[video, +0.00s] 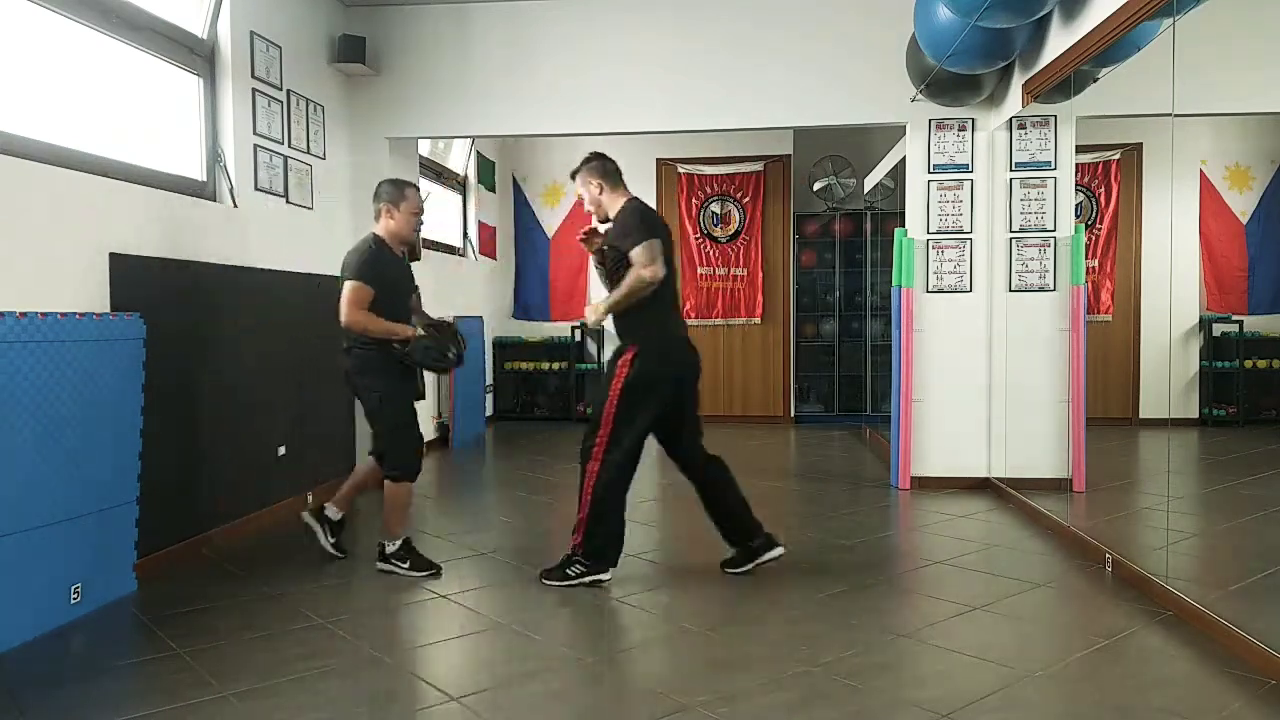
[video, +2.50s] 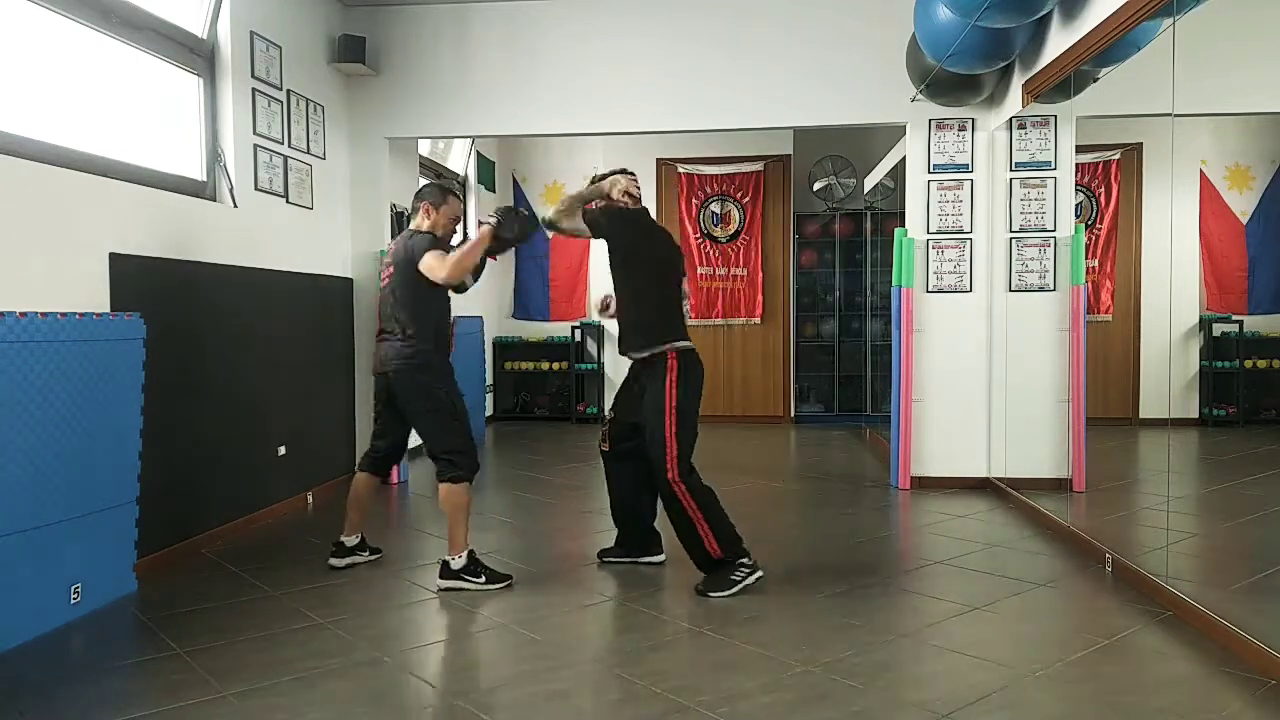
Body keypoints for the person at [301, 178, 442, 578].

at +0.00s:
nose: (420, 221)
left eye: (421, 214)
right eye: (414, 214)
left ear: (395, 214)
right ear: (387, 213)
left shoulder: (398, 260)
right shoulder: (368, 254)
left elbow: (405, 314)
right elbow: (351, 316)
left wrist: (429, 328)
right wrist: (408, 332)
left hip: (393, 367)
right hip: (373, 368)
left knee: (392, 454)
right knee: (405, 454)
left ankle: (330, 513)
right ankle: (394, 548)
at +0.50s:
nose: (490, 224)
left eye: (492, 217)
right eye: (486, 215)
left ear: (463, 213)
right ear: (460, 209)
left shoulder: (451, 245)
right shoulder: (444, 242)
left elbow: (454, 302)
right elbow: (435, 299)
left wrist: (498, 299)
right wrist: (492, 298)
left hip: (437, 365)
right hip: (446, 366)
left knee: (437, 447)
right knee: (474, 451)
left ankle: (411, 528)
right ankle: (477, 549)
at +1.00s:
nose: (521, 224)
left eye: (522, 217)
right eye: (517, 215)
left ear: (490, 212)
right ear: (491, 209)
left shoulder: (467, 242)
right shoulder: (484, 239)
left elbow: (495, 300)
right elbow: (507, 296)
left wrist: (535, 289)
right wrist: (554, 293)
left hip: (469, 360)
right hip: (490, 351)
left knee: (498, 445)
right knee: (582, 366)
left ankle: (490, 544)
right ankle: (607, 454)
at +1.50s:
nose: (525, 212)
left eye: (527, 205)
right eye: (521, 204)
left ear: (489, 199)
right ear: (497, 197)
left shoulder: (460, 232)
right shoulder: (498, 227)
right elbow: (529, 254)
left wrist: (550, 224)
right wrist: (555, 213)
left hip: (477, 350)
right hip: (512, 348)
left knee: (491, 445)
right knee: (543, 446)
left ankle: (488, 541)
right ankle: (530, 547)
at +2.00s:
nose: (488, 232)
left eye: (490, 225)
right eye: (483, 223)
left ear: (464, 222)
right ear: (456, 218)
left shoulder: (474, 262)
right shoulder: (425, 260)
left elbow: (507, 298)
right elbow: (390, 313)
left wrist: (526, 253)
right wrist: (443, 321)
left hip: (466, 376)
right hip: (450, 377)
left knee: (424, 463)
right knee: (507, 458)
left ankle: (377, 544)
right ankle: (514, 558)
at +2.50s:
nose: (455, 227)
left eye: (457, 220)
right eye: (452, 218)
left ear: (422, 211)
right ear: (427, 209)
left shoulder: (400, 245)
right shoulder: (419, 242)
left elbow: (457, 282)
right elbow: (447, 272)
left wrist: (480, 251)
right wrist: (483, 236)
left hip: (391, 366)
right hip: (421, 367)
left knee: (379, 456)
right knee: (457, 460)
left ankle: (349, 542)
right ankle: (458, 561)